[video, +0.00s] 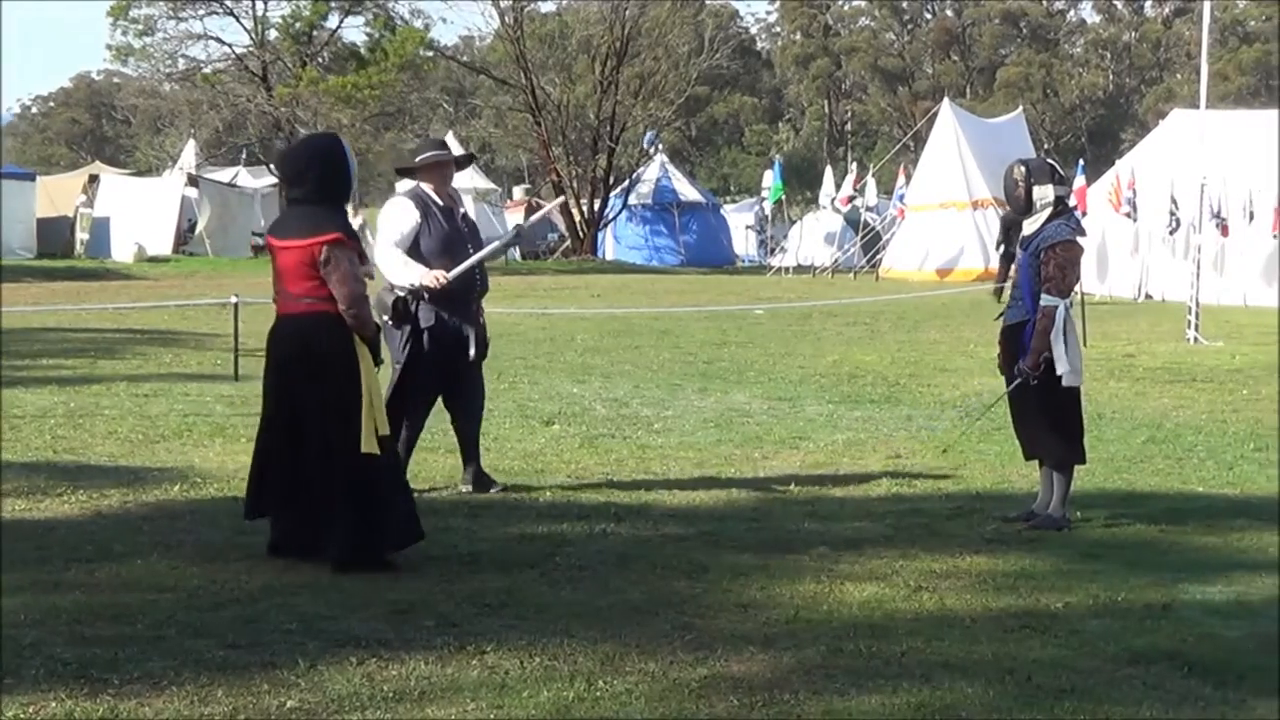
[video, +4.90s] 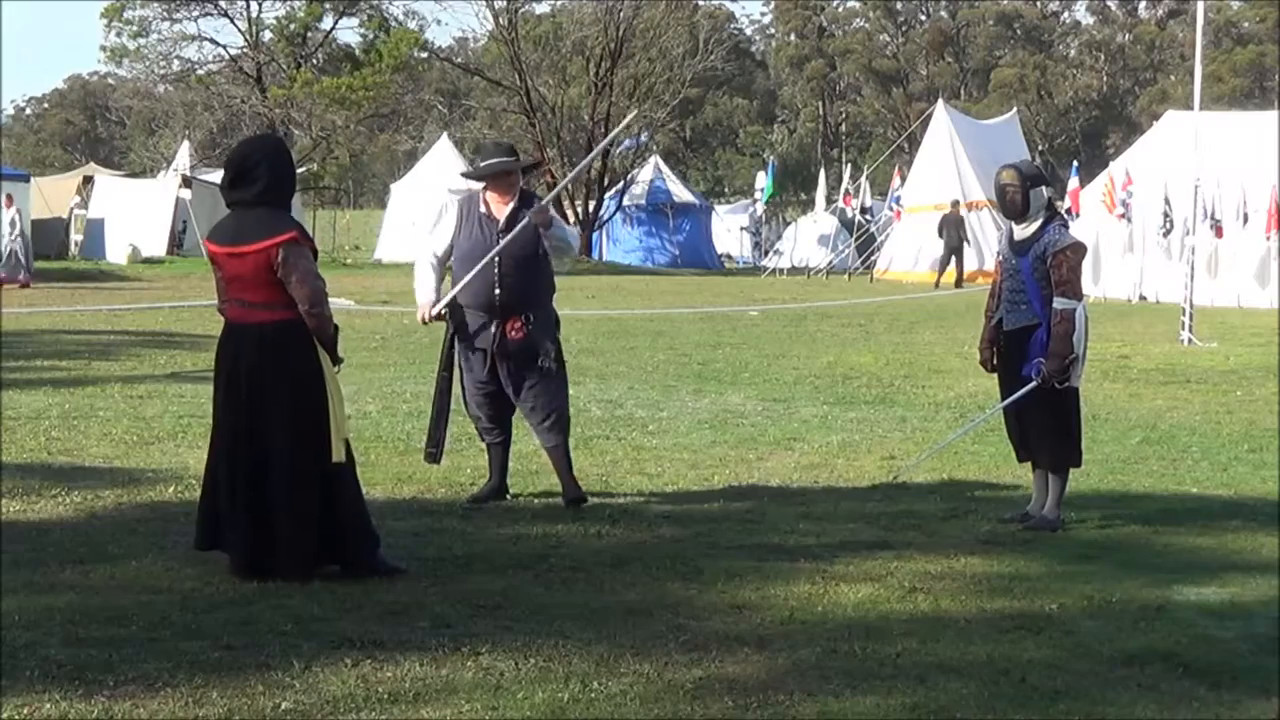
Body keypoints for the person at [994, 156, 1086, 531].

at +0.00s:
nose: (1015, 195)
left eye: (1021, 187)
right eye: (1015, 186)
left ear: (1041, 189)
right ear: (1043, 191)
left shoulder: (1060, 241)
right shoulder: (1036, 234)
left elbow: (1052, 306)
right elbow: (1025, 296)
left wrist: (1036, 352)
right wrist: (1009, 337)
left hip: (1048, 339)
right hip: (1025, 336)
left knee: (1057, 422)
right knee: (1037, 421)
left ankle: (1058, 508)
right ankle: (1044, 502)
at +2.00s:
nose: (1013, 196)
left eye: (1021, 189)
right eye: (1009, 189)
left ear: (1044, 192)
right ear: (1005, 193)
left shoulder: (1063, 236)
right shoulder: (1013, 234)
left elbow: (1072, 300)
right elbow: (1002, 288)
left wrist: (1063, 353)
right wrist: (990, 334)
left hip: (1050, 337)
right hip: (1016, 337)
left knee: (1054, 417)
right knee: (1027, 415)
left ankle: (1053, 508)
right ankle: (1039, 501)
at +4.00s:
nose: (1004, 198)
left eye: (1012, 191)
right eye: (1000, 191)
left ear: (1035, 194)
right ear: (997, 196)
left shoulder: (1056, 238)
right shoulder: (1008, 236)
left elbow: (1065, 302)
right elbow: (996, 290)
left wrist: (1058, 354)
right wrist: (986, 336)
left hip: (1044, 339)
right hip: (1011, 339)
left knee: (1051, 419)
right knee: (1025, 418)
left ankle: (1053, 508)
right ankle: (1038, 502)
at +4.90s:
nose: (1006, 198)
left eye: (1014, 191)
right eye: (1003, 191)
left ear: (1037, 194)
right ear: (1000, 195)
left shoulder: (1057, 238)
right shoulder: (1010, 236)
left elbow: (1066, 301)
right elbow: (999, 289)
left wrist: (1058, 354)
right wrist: (989, 336)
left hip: (1045, 338)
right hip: (1013, 339)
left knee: (1051, 418)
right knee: (1026, 417)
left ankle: (1053, 508)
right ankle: (1038, 501)